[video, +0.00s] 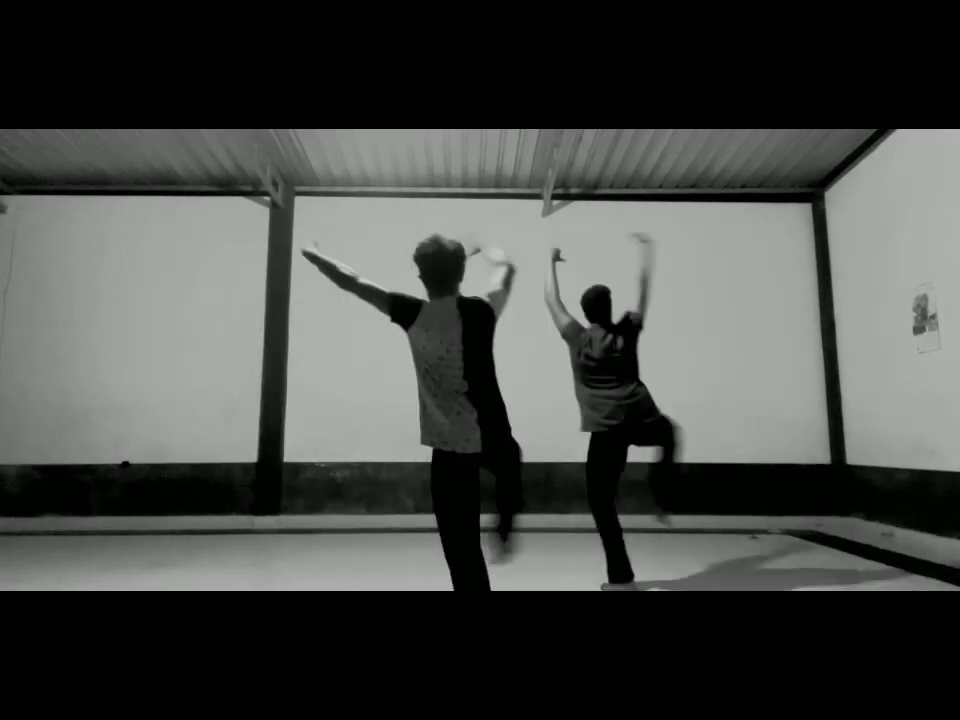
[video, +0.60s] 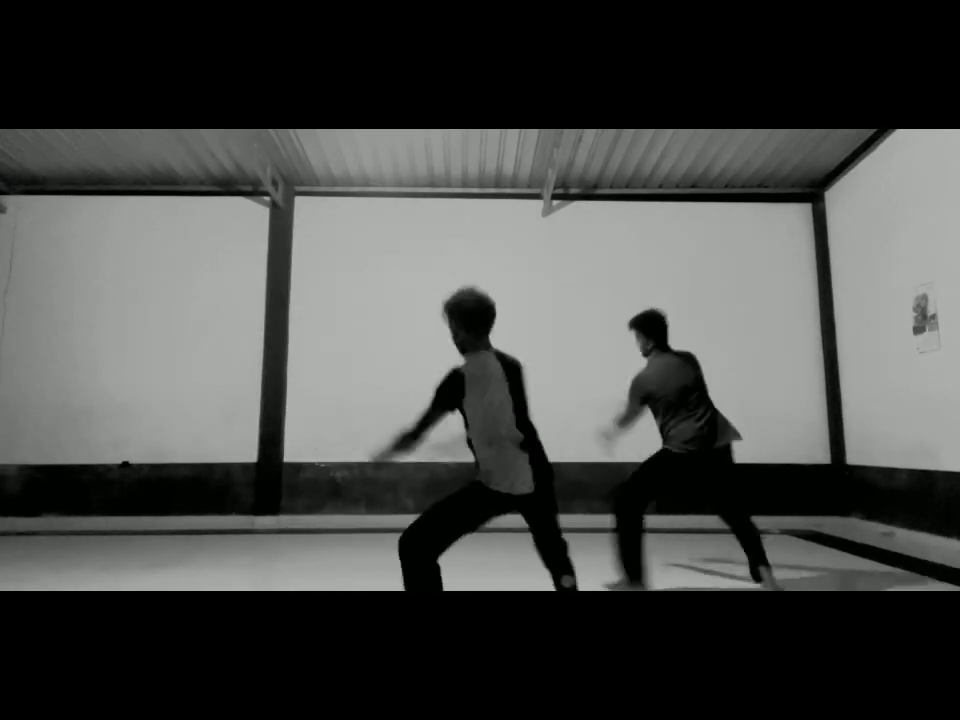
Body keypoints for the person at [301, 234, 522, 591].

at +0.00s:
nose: (422, 276)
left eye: (423, 270)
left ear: (422, 275)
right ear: (461, 273)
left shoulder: (414, 314)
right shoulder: (481, 313)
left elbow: (353, 283)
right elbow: (502, 285)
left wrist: (313, 255)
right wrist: (505, 264)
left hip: (448, 448)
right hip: (492, 441)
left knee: (461, 546)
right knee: (510, 460)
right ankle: (505, 533)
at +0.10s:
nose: (433, 276)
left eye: (433, 271)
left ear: (432, 277)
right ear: (470, 273)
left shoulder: (425, 313)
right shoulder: (493, 311)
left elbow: (362, 282)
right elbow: (523, 283)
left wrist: (313, 255)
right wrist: (537, 254)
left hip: (457, 447)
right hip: (502, 440)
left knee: (459, 545)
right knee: (532, 488)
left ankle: (470, 593)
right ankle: (555, 547)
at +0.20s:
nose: (434, 284)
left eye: (436, 279)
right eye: (435, 279)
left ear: (442, 283)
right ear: (475, 278)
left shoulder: (435, 316)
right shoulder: (504, 313)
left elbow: (368, 295)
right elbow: (545, 287)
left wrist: (319, 279)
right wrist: (567, 258)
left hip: (470, 446)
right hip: (516, 439)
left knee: (448, 538)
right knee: (551, 505)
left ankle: (461, 592)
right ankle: (575, 578)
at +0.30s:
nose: (452, 303)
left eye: (448, 297)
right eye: (460, 294)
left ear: (448, 305)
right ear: (482, 297)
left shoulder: (446, 343)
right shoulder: (512, 335)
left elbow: (378, 343)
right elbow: (562, 322)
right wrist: (597, 298)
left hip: (485, 464)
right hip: (529, 460)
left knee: (428, 542)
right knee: (557, 516)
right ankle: (576, 584)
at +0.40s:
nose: (460, 341)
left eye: (457, 334)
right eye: (464, 331)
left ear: (459, 336)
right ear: (490, 328)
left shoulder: (459, 380)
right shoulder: (522, 369)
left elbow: (401, 408)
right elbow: (562, 378)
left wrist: (343, 426)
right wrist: (598, 379)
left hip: (494, 487)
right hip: (541, 485)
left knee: (422, 553)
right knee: (568, 548)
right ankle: (577, 589)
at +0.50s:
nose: (461, 351)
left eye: (459, 344)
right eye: (460, 342)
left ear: (462, 346)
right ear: (494, 337)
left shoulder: (461, 391)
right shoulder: (528, 379)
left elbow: (417, 443)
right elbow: (547, 411)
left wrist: (377, 477)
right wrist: (557, 431)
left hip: (498, 494)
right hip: (543, 491)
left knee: (417, 555)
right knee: (567, 553)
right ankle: (573, 587)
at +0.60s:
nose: (451, 335)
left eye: (452, 327)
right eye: (451, 327)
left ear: (459, 330)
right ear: (487, 326)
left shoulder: (459, 380)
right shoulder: (511, 367)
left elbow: (420, 430)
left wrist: (391, 451)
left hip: (495, 484)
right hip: (534, 481)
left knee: (416, 545)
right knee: (552, 546)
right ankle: (566, 583)